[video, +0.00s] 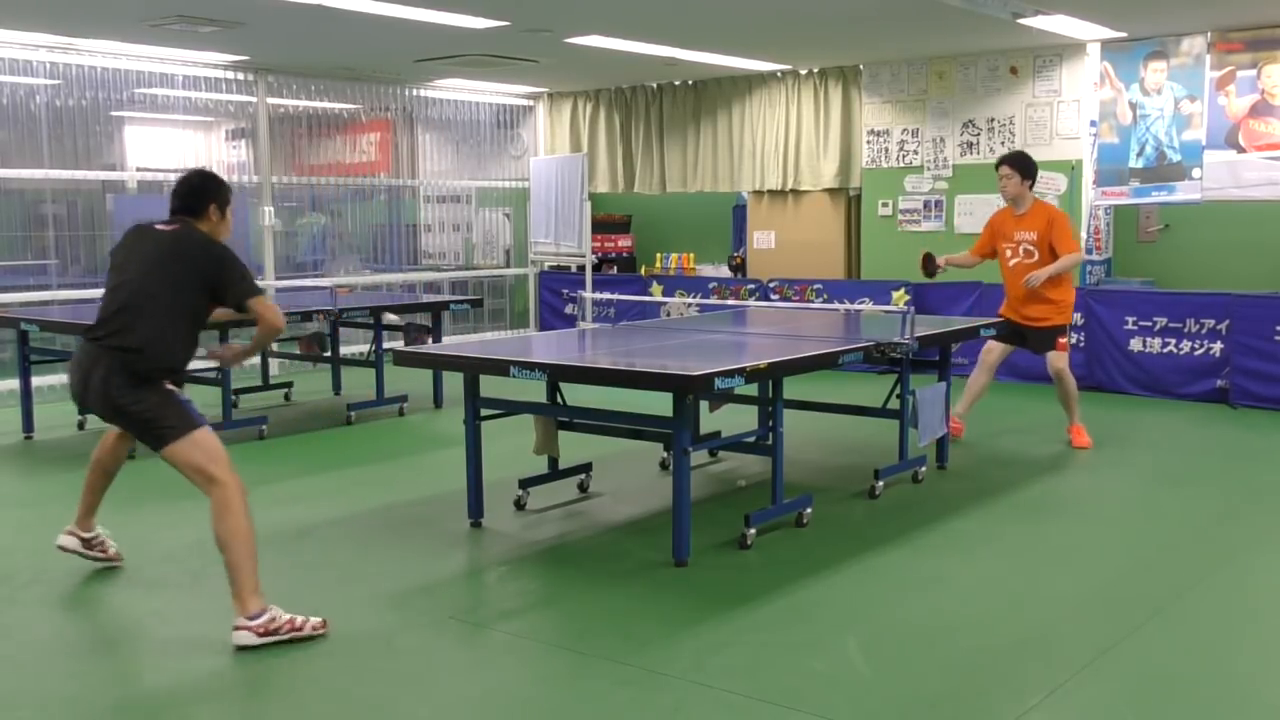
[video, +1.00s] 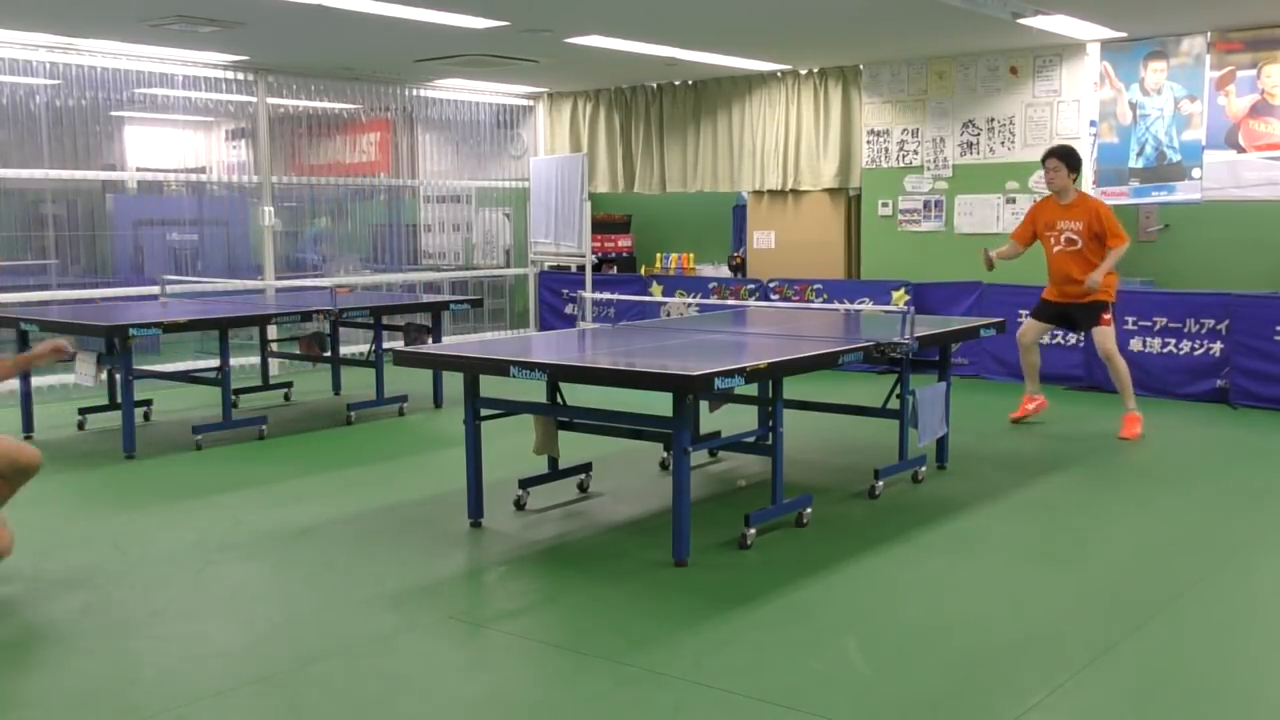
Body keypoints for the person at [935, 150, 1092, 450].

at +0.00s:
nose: (1001, 184)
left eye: (1008, 178)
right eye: (999, 179)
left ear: (1027, 181)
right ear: (999, 182)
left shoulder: (1052, 216)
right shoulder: (999, 220)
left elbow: (1076, 256)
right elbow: (975, 256)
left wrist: (1046, 271)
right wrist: (945, 261)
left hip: (1053, 312)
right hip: (1015, 311)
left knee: (1058, 368)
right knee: (988, 355)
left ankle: (1075, 424)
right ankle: (957, 417)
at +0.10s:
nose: (1009, 175)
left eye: (1016, 169)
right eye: (1007, 170)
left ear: (1034, 173)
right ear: (1006, 174)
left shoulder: (1058, 208)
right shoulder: (1005, 212)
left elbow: (1083, 248)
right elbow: (991, 251)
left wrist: (1055, 273)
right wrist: (969, 266)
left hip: (1065, 299)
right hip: (1025, 298)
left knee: (1073, 357)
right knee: (996, 347)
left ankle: (1085, 421)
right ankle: (994, 409)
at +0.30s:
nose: (1025, 197)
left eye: (1031, 190)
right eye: (1022, 191)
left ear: (1050, 192)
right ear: (1020, 194)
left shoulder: (1077, 225)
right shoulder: (1020, 231)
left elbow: (1100, 264)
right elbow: (1008, 270)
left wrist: (1076, 292)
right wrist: (1003, 285)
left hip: (1079, 309)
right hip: (1041, 309)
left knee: (1086, 365)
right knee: (1016, 360)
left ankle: (1121, 421)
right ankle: (1022, 410)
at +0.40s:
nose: (1037, 197)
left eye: (1043, 190)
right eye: (1034, 191)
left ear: (1062, 191)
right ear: (1032, 193)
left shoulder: (1091, 219)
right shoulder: (1029, 229)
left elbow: (1123, 248)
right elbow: (1010, 258)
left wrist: (1108, 278)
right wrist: (995, 263)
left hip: (1098, 304)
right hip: (1057, 308)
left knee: (1107, 353)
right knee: (1030, 358)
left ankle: (1135, 417)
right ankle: (1023, 409)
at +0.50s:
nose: (1054, 196)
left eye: (1060, 190)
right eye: (1052, 191)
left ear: (1079, 192)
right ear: (1051, 195)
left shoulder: (1109, 218)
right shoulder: (1044, 231)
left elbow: (1143, 236)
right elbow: (1002, 242)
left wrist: (1143, 272)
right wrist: (968, 233)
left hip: (1120, 307)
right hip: (1076, 311)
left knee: (1138, 361)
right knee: (1044, 359)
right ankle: (1030, 407)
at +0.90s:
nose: (1060, 183)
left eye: (1066, 178)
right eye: (1057, 178)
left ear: (1085, 180)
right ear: (1055, 181)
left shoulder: (1107, 217)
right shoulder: (1048, 217)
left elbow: (1134, 255)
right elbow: (1018, 248)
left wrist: (1124, 287)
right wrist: (993, 247)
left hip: (1103, 304)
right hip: (1064, 305)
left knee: (1126, 358)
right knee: (1036, 352)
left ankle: (1157, 420)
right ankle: (1044, 408)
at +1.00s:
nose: (1048, 177)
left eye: (1054, 171)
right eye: (1046, 172)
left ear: (1072, 173)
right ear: (1044, 175)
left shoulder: (1095, 208)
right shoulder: (1040, 209)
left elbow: (1121, 242)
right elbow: (1017, 245)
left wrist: (1101, 271)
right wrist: (996, 255)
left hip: (1094, 295)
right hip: (1057, 295)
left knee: (1107, 350)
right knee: (1026, 338)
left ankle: (1132, 411)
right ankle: (1033, 396)